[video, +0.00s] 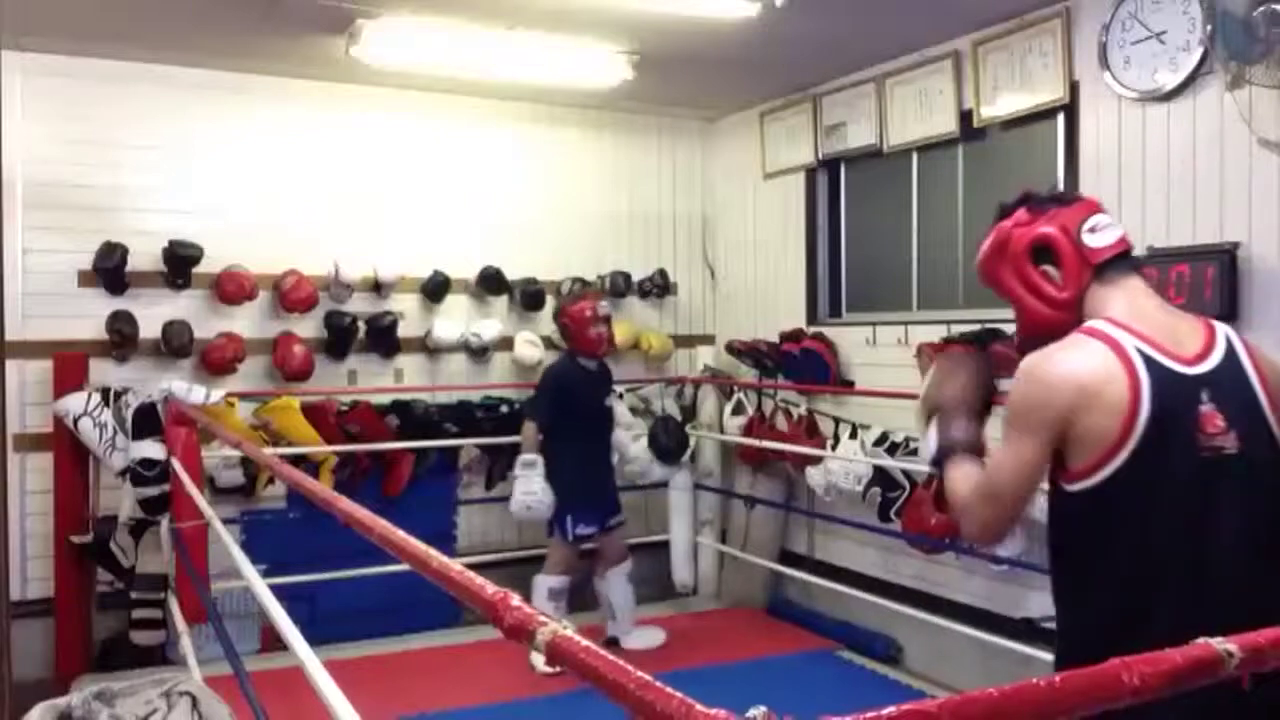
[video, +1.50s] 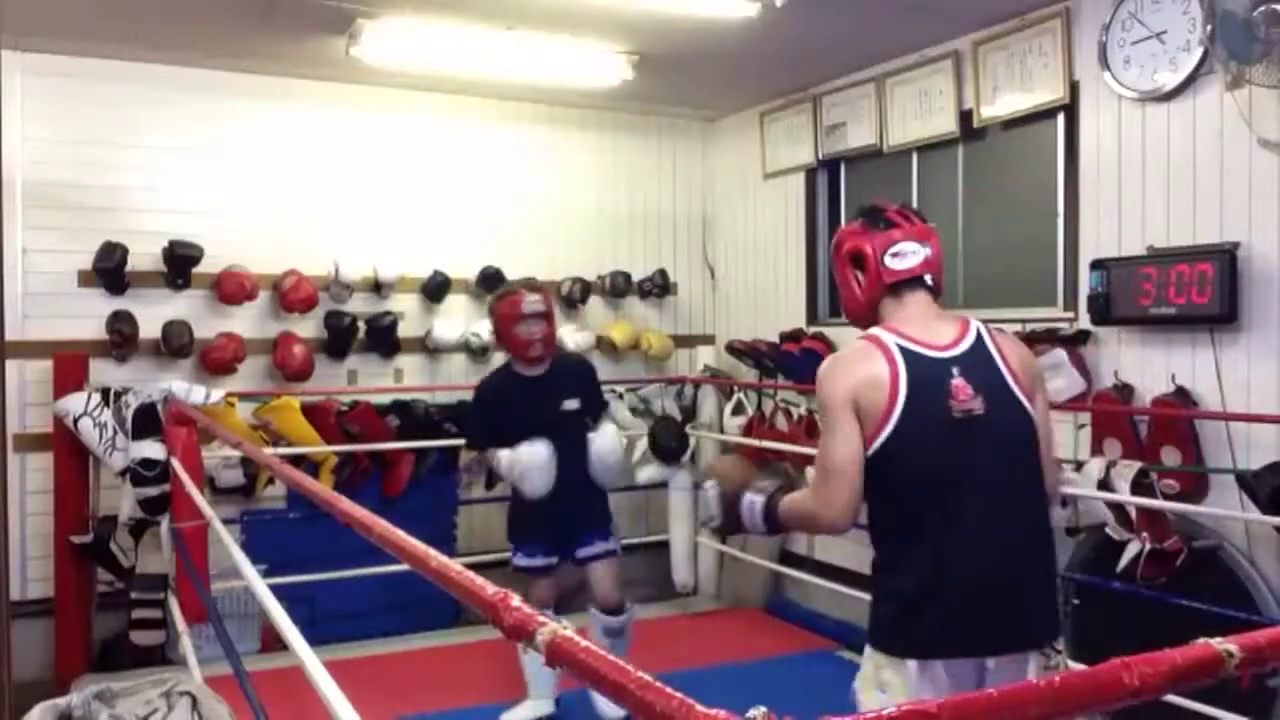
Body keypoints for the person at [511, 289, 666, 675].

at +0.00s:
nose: (603, 331)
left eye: (605, 323)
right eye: (595, 324)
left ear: (605, 326)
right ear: (572, 329)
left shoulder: (601, 371)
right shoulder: (558, 374)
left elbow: (604, 422)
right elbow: (531, 425)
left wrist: (634, 447)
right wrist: (530, 475)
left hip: (600, 478)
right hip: (568, 482)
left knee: (615, 552)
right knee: (560, 560)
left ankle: (622, 629)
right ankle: (543, 643)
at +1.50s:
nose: (536, 331)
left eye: (542, 321)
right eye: (524, 323)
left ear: (554, 325)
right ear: (504, 333)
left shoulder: (578, 371)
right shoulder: (493, 390)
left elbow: (601, 420)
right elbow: (481, 450)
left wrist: (608, 445)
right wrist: (508, 462)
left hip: (587, 504)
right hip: (533, 511)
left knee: (610, 598)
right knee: (540, 603)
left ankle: (608, 686)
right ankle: (541, 696)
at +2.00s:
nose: (538, 338)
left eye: (548, 329)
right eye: (528, 327)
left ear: (560, 337)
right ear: (506, 330)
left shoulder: (573, 390)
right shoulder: (476, 389)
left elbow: (593, 448)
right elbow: (457, 452)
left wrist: (587, 464)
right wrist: (498, 457)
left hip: (550, 526)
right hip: (492, 529)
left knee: (543, 631)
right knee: (501, 636)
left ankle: (544, 708)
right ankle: (527, 696)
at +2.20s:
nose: (545, 329)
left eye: (557, 322)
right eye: (537, 315)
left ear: (569, 332)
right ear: (514, 316)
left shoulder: (574, 388)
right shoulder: (473, 375)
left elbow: (593, 454)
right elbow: (442, 434)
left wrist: (605, 462)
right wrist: (457, 462)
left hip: (541, 531)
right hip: (477, 529)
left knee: (544, 646)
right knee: (450, 642)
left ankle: (543, 709)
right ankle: (507, 692)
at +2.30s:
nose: (541, 326)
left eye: (554, 318)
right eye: (532, 312)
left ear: (566, 329)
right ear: (509, 313)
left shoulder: (573, 386)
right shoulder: (469, 373)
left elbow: (590, 474)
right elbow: (431, 450)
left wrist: (607, 444)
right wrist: (431, 473)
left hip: (535, 534)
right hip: (468, 532)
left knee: (543, 647)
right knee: (426, 631)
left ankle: (542, 713)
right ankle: (452, 713)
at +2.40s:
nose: (533, 321)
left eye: (546, 313)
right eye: (524, 306)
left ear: (557, 325)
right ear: (499, 309)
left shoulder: (567, 384)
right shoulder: (461, 373)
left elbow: (591, 472)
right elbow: (419, 460)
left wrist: (608, 416)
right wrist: (413, 474)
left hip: (527, 537)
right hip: (456, 532)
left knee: (539, 660)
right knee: (410, 641)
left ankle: (538, 714)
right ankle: (394, 713)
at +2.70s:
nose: (472, 327)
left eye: (482, 317)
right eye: (460, 315)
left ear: (491, 323)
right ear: (431, 320)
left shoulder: (502, 384)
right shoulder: (397, 386)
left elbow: (550, 426)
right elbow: (369, 451)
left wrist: (576, 391)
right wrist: (379, 469)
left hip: (483, 538)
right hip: (412, 539)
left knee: (510, 647)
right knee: (368, 645)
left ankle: (527, 714)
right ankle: (337, 718)